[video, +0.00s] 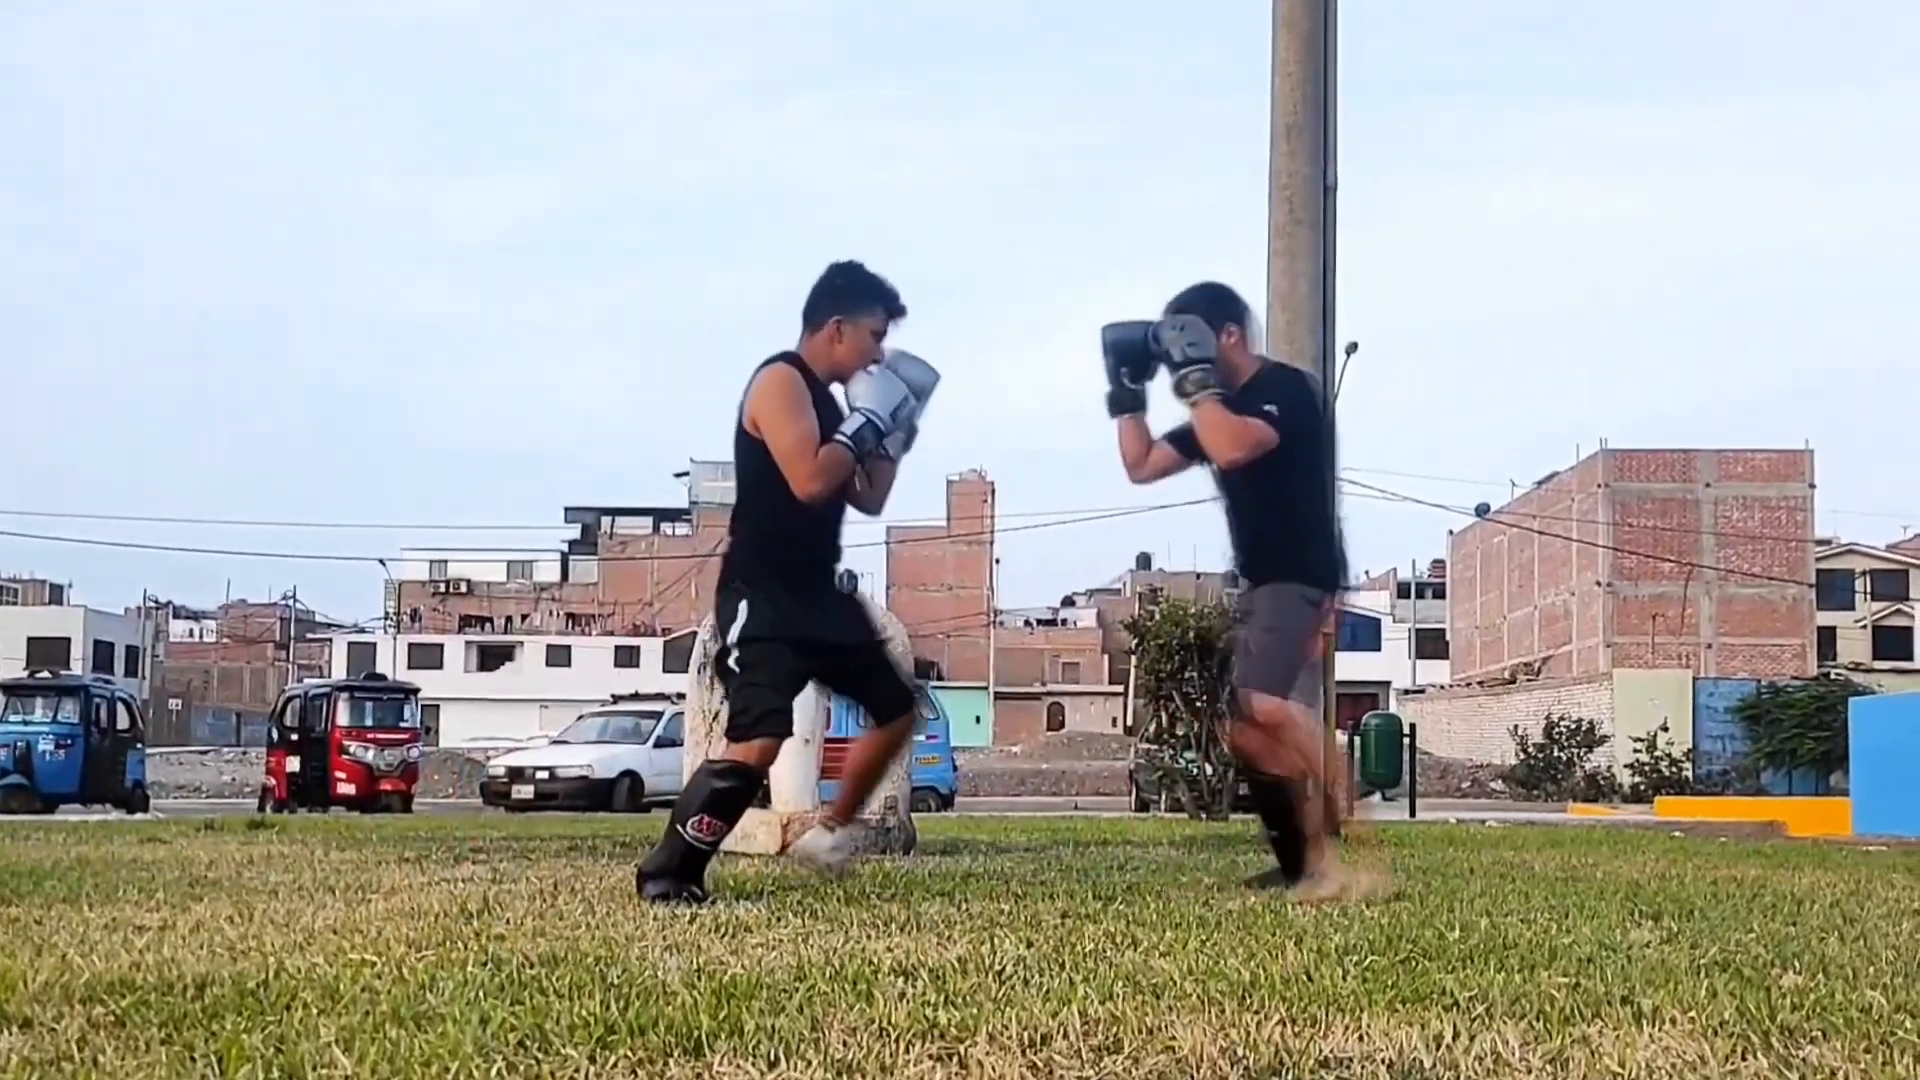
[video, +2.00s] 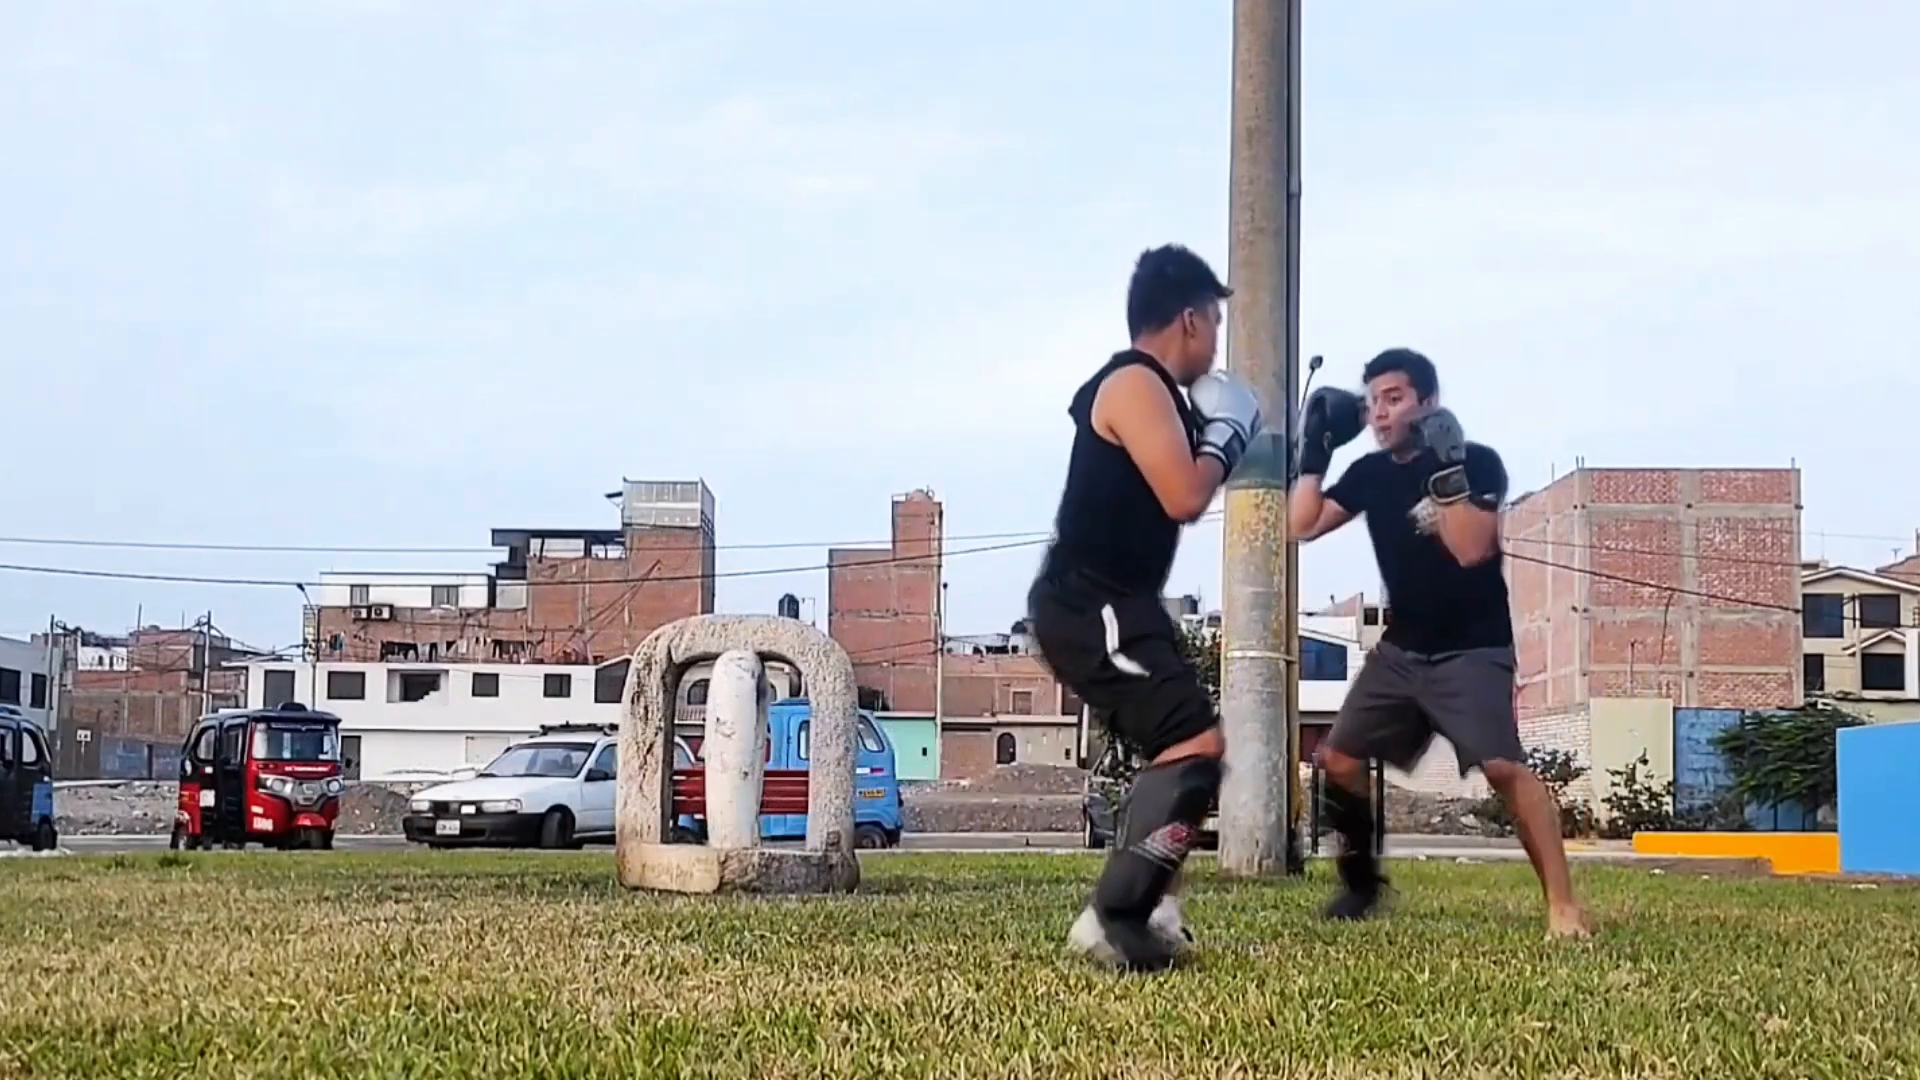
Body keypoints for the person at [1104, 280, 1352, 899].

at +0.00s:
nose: (1189, 355)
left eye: (1197, 341)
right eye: (1182, 346)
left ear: (1231, 333)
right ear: (1208, 347)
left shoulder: (1289, 388)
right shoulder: (1221, 412)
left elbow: (1230, 445)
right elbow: (1141, 466)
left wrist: (1192, 374)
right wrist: (1126, 386)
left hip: (1301, 579)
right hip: (1260, 582)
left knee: (1262, 702)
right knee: (1244, 735)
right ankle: (1299, 865)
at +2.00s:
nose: (1379, 410)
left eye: (1392, 397)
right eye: (1372, 400)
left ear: (1427, 401)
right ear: (1368, 409)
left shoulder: (1473, 462)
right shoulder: (1372, 471)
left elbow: (1473, 548)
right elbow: (1302, 524)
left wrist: (1446, 467)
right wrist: (1316, 444)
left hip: (1473, 652)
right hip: (1401, 651)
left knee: (1502, 764)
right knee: (1339, 759)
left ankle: (1564, 908)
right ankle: (1362, 889)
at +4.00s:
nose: (1069, 376)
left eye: (1081, 365)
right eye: (1071, 366)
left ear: (1119, 377)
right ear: (1108, 378)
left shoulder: (1155, 447)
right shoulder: (1071, 463)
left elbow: (1116, 507)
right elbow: (1027, 538)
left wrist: (1087, 429)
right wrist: (1010, 468)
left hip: (1111, 642)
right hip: (1045, 639)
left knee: (1124, 781)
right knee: (979, 763)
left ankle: (1177, 907)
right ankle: (910, 892)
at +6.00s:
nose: (1061, 273)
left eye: (1072, 257)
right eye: (1066, 258)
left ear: (1106, 267)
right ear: (1112, 271)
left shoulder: (1148, 348)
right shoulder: (1111, 361)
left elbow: (1153, 470)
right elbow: (1131, 466)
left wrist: (1069, 434)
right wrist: (1071, 428)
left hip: (1166, 604)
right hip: (1116, 607)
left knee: (1197, 766)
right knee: (1086, 767)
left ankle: (1295, 947)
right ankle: (1156, 933)